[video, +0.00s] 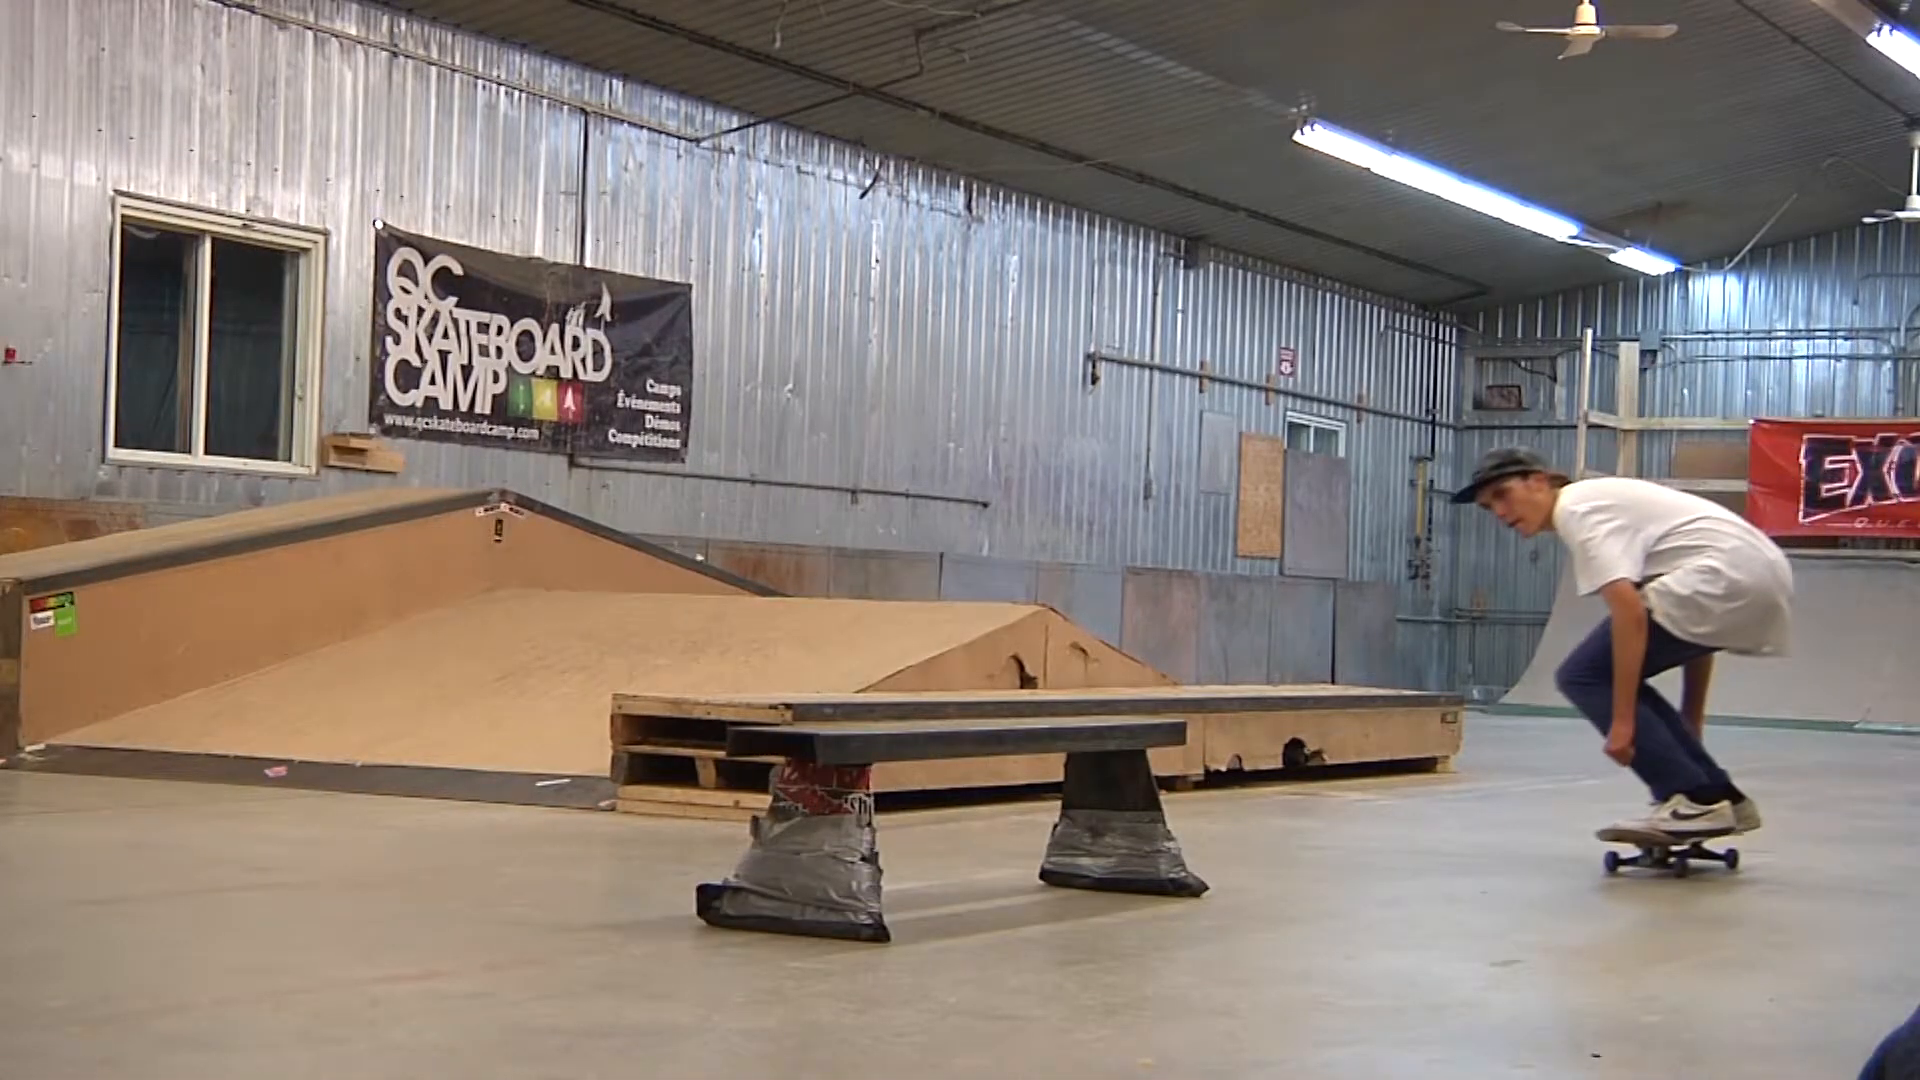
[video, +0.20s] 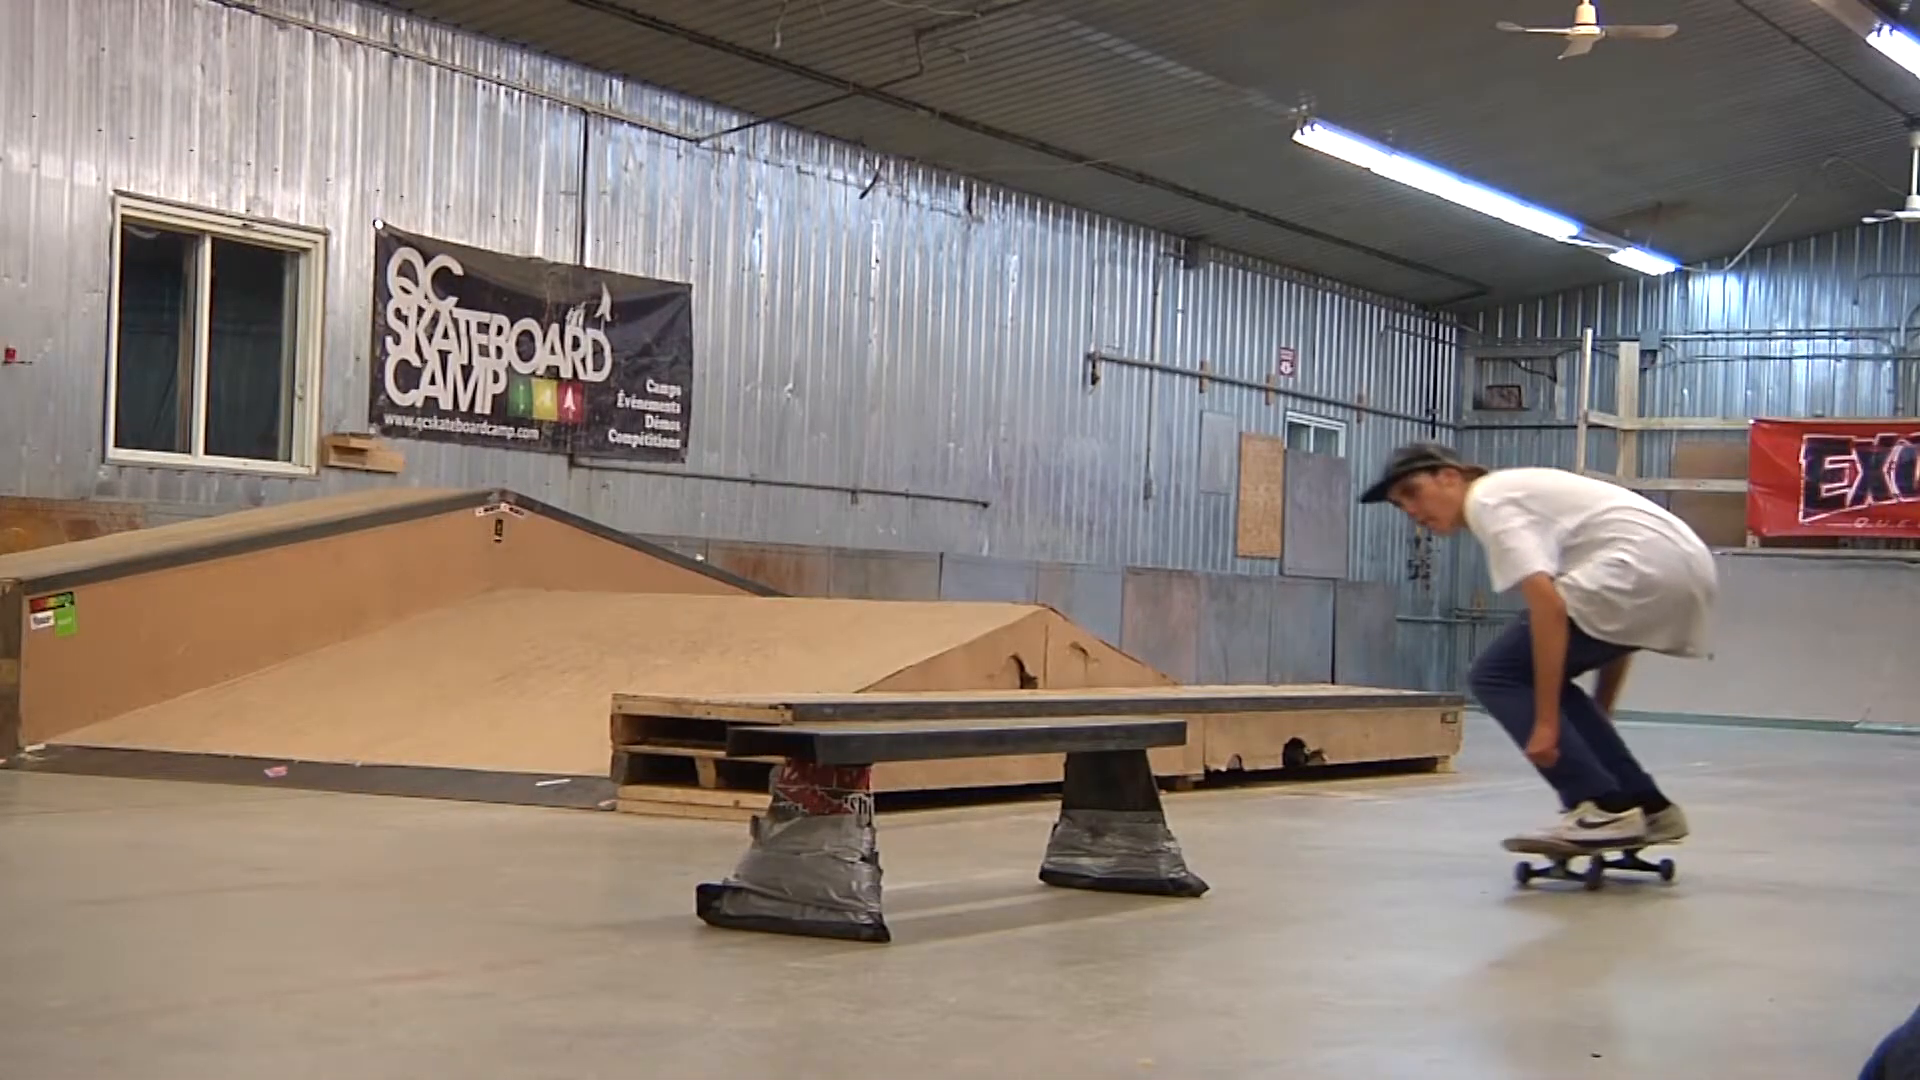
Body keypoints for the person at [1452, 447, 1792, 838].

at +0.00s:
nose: (1501, 515)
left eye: (1503, 496)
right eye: (1491, 507)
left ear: (1538, 481)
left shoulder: (1575, 506)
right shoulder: (1605, 498)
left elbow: (1630, 610)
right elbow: (1699, 630)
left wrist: (1622, 721)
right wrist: (1691, 724)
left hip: (1718, 579)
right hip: (1758, 578)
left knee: (1580, 677)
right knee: (1622, 682)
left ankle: (1692, 798)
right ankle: (1718, 798)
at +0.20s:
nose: (1413, 514)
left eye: (1412, 495)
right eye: (1402, 507)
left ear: (1448, 477)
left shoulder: (1486, 499)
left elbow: (1548, 603)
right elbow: (1626, 617)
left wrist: (1548, 722)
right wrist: (1600, 712)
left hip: (1636, 571)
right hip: (1685, 570)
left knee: (1494, 677)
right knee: (1554, 687)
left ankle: (1600, 805)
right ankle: (1647, 809)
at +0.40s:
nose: (1324, 370)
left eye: (1322, 353)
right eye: (1316, 360)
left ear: (1356, 331)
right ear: (1370, 331)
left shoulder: (1380, 366)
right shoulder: (1455, 361)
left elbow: (1403, 470)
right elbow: (1578, 425)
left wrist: (1346, 554)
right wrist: (1646, 483)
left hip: (1506, 512)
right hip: (1565, 514)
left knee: (1406, 659)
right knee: (1449, 664)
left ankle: (1496, 813)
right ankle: (1555, 814)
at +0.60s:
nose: (1250, 213)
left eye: (1241, 200)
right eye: (1240, 208)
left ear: (1256, 158)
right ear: (1316, 136)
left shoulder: (1280, 156)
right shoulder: (1415, 163)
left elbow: (1209, 135)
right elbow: (1528, 145)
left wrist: (1093, 144)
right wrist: (1592, 212)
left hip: (1361, 378)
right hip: (1449, 369)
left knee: (1299, 555)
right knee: (1395, 417)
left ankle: (1291, 759)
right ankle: (1405, 549)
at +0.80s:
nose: (1102, 173)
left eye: (1092, 157)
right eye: (1091, 166)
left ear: (1105, 123)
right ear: (1170, 86)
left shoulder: (1134, 111)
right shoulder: (1253, 126)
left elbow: (1088, 87)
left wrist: (998, 54)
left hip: (1196, 288)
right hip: (1306, 286)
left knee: (1113, 467)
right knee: (1363, 423)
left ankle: (1064, 642)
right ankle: (1311, 548)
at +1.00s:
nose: (1017, 189)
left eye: (1010, 179)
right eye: (1010, 185)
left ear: (1012, 147)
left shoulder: (1047, 104)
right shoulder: (1207, 153)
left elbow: (967, 63)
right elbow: (1325, 182)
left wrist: (863, 17)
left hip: (1074, 302)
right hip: (1190, 316)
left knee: (1020, 477)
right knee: (1198, 500)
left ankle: (935, 666)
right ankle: (1184, 693)